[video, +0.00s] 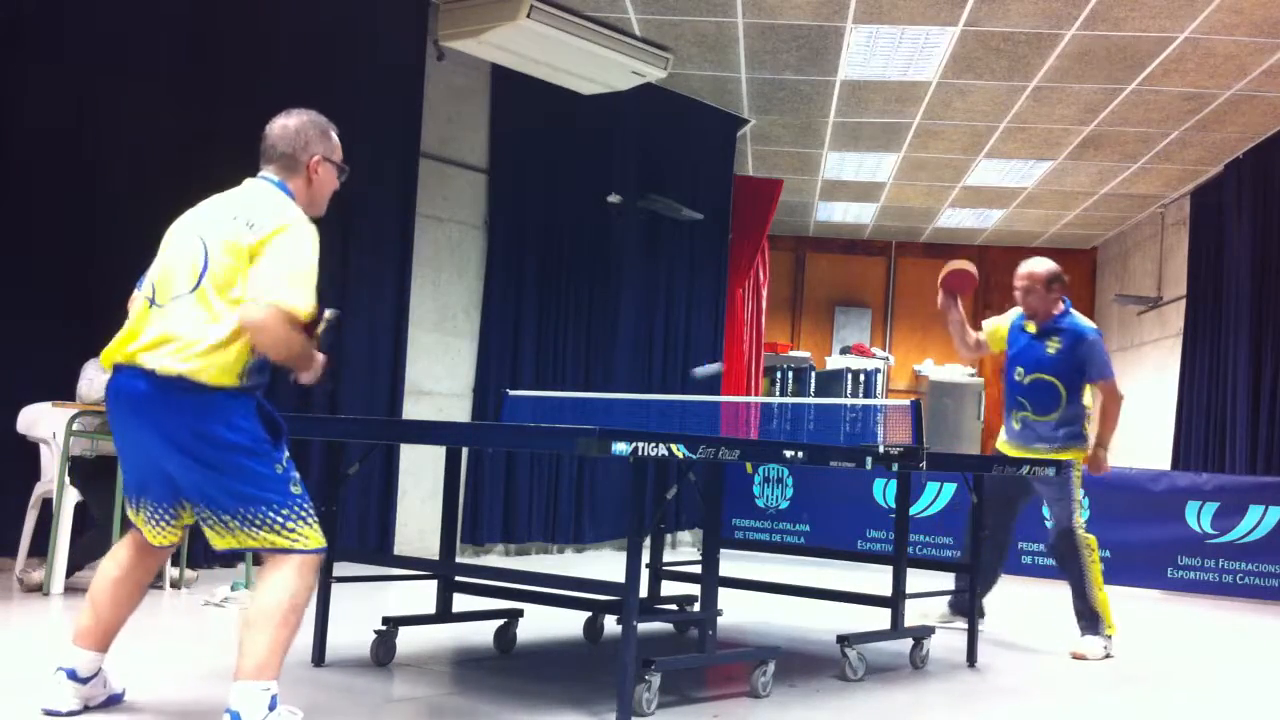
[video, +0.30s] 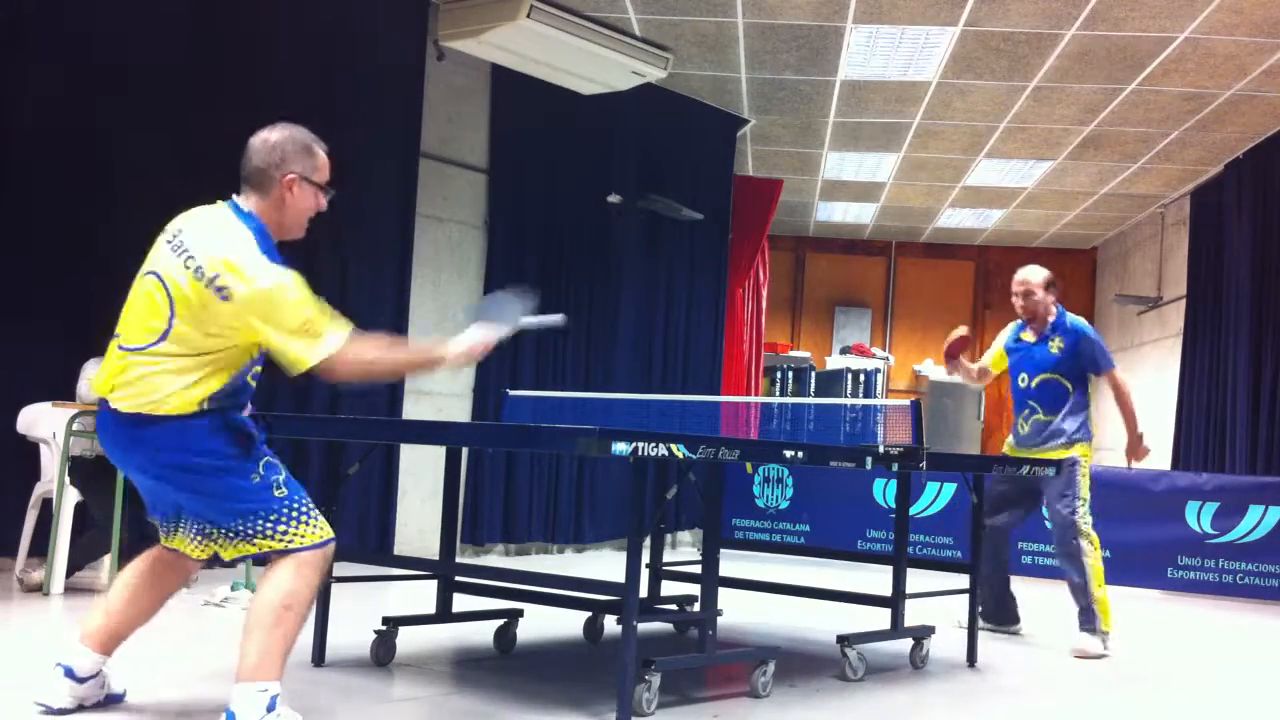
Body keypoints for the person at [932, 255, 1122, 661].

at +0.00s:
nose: (1018, 297)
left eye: (1025, 290)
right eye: (1016, 290)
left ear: (1054, 292)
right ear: (1019, 292)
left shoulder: (1082, 335)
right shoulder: (1013, 321)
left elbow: (1111, 395)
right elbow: (971, 347)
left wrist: (1100, 447)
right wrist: (952, 313)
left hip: (1061, 454)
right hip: (1011, 449)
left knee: (1068, 536)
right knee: (987, 525)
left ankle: (1097, 633)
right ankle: (964, 606)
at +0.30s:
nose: (1020, 302)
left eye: (1028, 295)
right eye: (1016, 295)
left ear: (1051, 296)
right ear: (1011, 298)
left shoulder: (1077, 332)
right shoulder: (1012, 334)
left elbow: (1116, 383)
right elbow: (980, 375)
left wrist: (1134, 436)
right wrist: (958, 363)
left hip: (1066, 451)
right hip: (1020, 451)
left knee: (1070, 530)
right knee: (986, 520)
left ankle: (1095, 631)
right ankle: (998, 613)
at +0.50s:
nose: (999, 316)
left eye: (1006, 308)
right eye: (994, 310)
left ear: (1030, 305)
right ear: (992, 312)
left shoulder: (1053, 337)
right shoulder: (1014, 344)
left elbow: (1090, 387)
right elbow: (1022, 393)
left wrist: (1100, 446)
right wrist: (983, 414)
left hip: (1063, 456)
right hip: (1030, 456)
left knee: (1069, 535)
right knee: (993, 512)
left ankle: (1125, 618)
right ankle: (1004, 603)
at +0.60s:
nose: (991, 337)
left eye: (997, 329)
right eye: (989, 330)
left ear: (1022, 327)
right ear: (1003, 331)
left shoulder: (1040, 361)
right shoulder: (1014, 363)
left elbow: (1031, 428)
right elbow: (1014, 425)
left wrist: (992, 464)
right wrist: (983, 460)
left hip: (1064, 464)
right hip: (1032, 464)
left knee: (1072, 541)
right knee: (991, 516)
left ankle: (1128, 624)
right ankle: (1009, 601)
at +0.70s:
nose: (965, 346)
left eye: (970, 338)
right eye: (964, 339)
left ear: (993, 336)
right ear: (991, 339)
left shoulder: (1007, 358)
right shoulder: (1003, 363)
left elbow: (982, 394)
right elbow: (1009, 430)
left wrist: (920, 395)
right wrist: (992, 468)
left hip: (1045, 462)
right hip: (1019, 464)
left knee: (1065, 539)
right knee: (997, 526)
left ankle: (1122, 620)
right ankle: (1033, 600)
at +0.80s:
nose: (932, 351)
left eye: (936, 344)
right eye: (931, 344)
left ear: (952, 343)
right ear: (961, 341)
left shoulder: (979, 358)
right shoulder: (966, 377)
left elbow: (946, 352)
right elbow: (975, 436)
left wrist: (909, 334)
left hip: (1016, 452)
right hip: (999, 458)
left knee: (1023, 528)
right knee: (1007, 536)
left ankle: (1089, 586)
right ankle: (1046, 603)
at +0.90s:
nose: (893, 359)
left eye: (896, 352)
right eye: (892, 352)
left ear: (910, 350)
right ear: (911, 351)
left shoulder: (928, 364)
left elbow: (944, 352)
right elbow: (927, 424)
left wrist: (946, 336)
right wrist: (902, 445)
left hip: (981, 445)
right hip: (1006, 444)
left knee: (949, 517)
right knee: (998, 525)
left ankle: (1017, 575)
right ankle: (1042, 593)